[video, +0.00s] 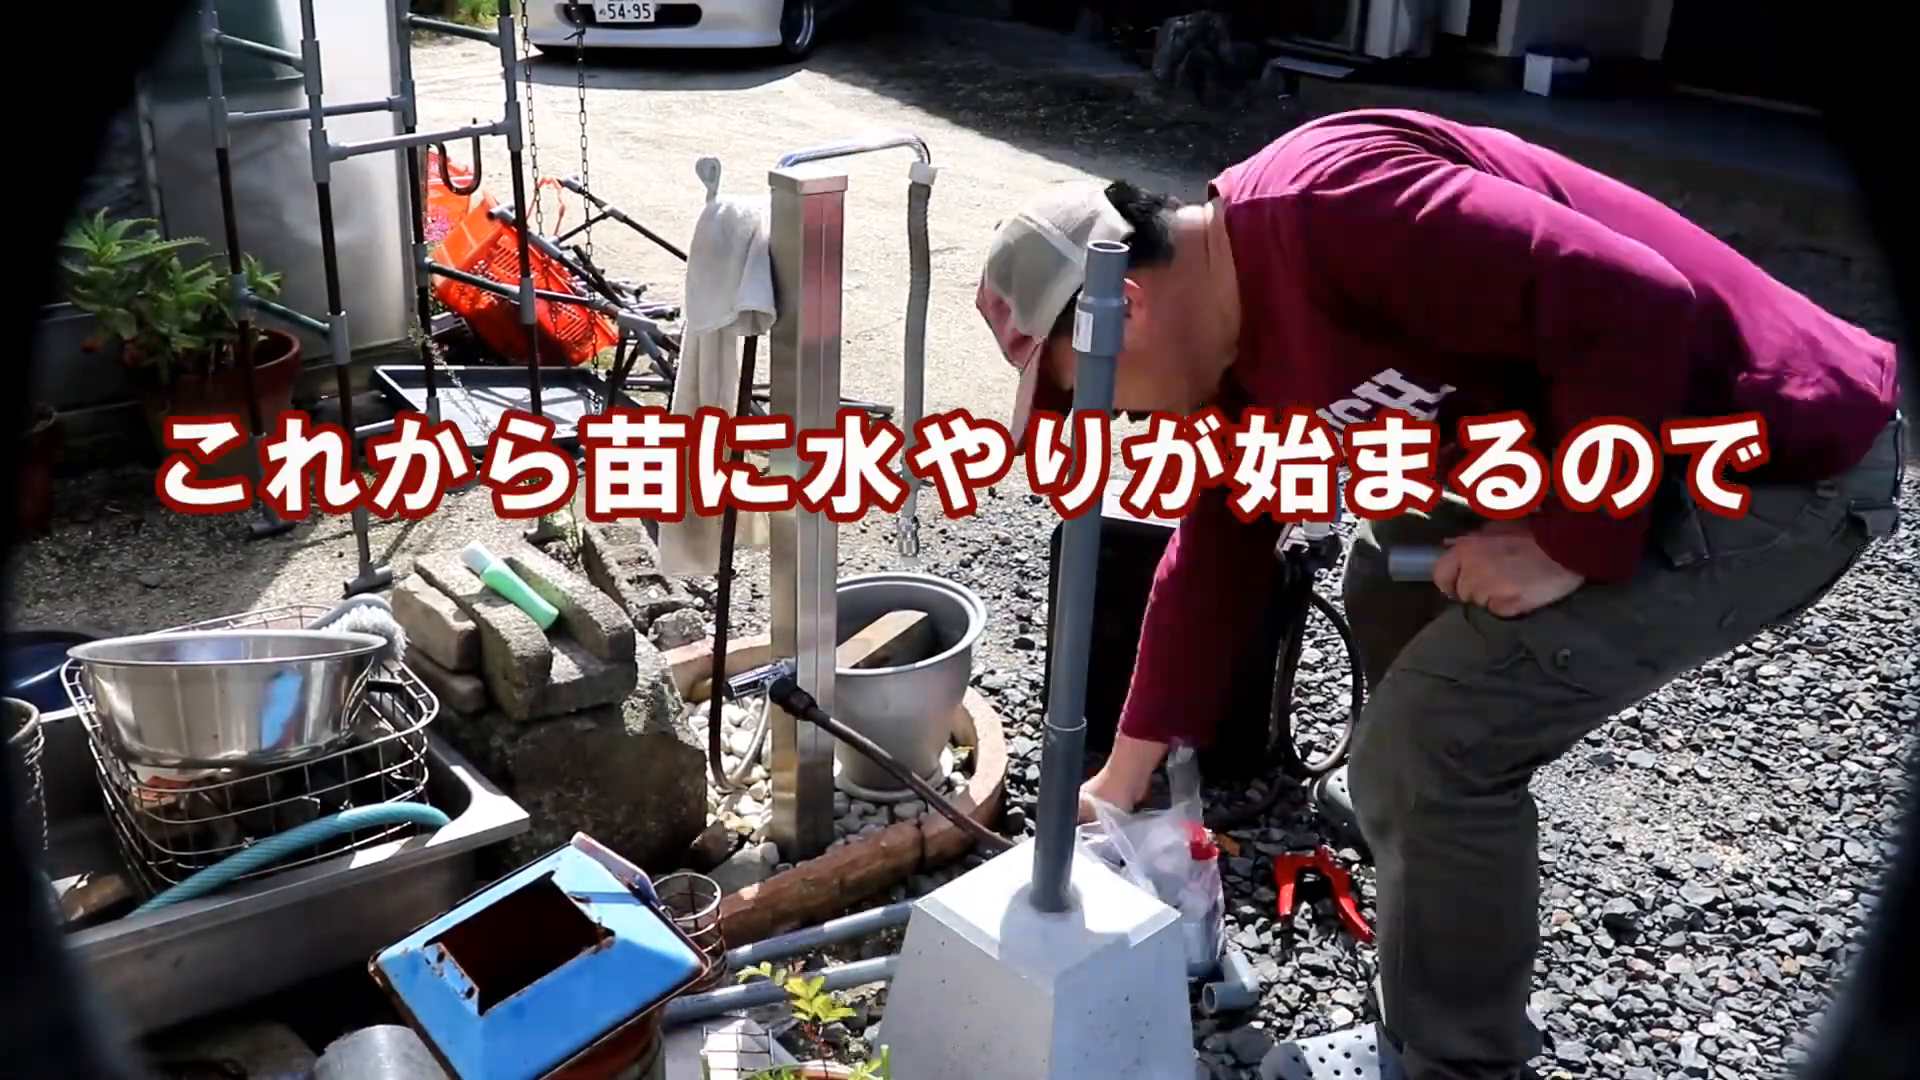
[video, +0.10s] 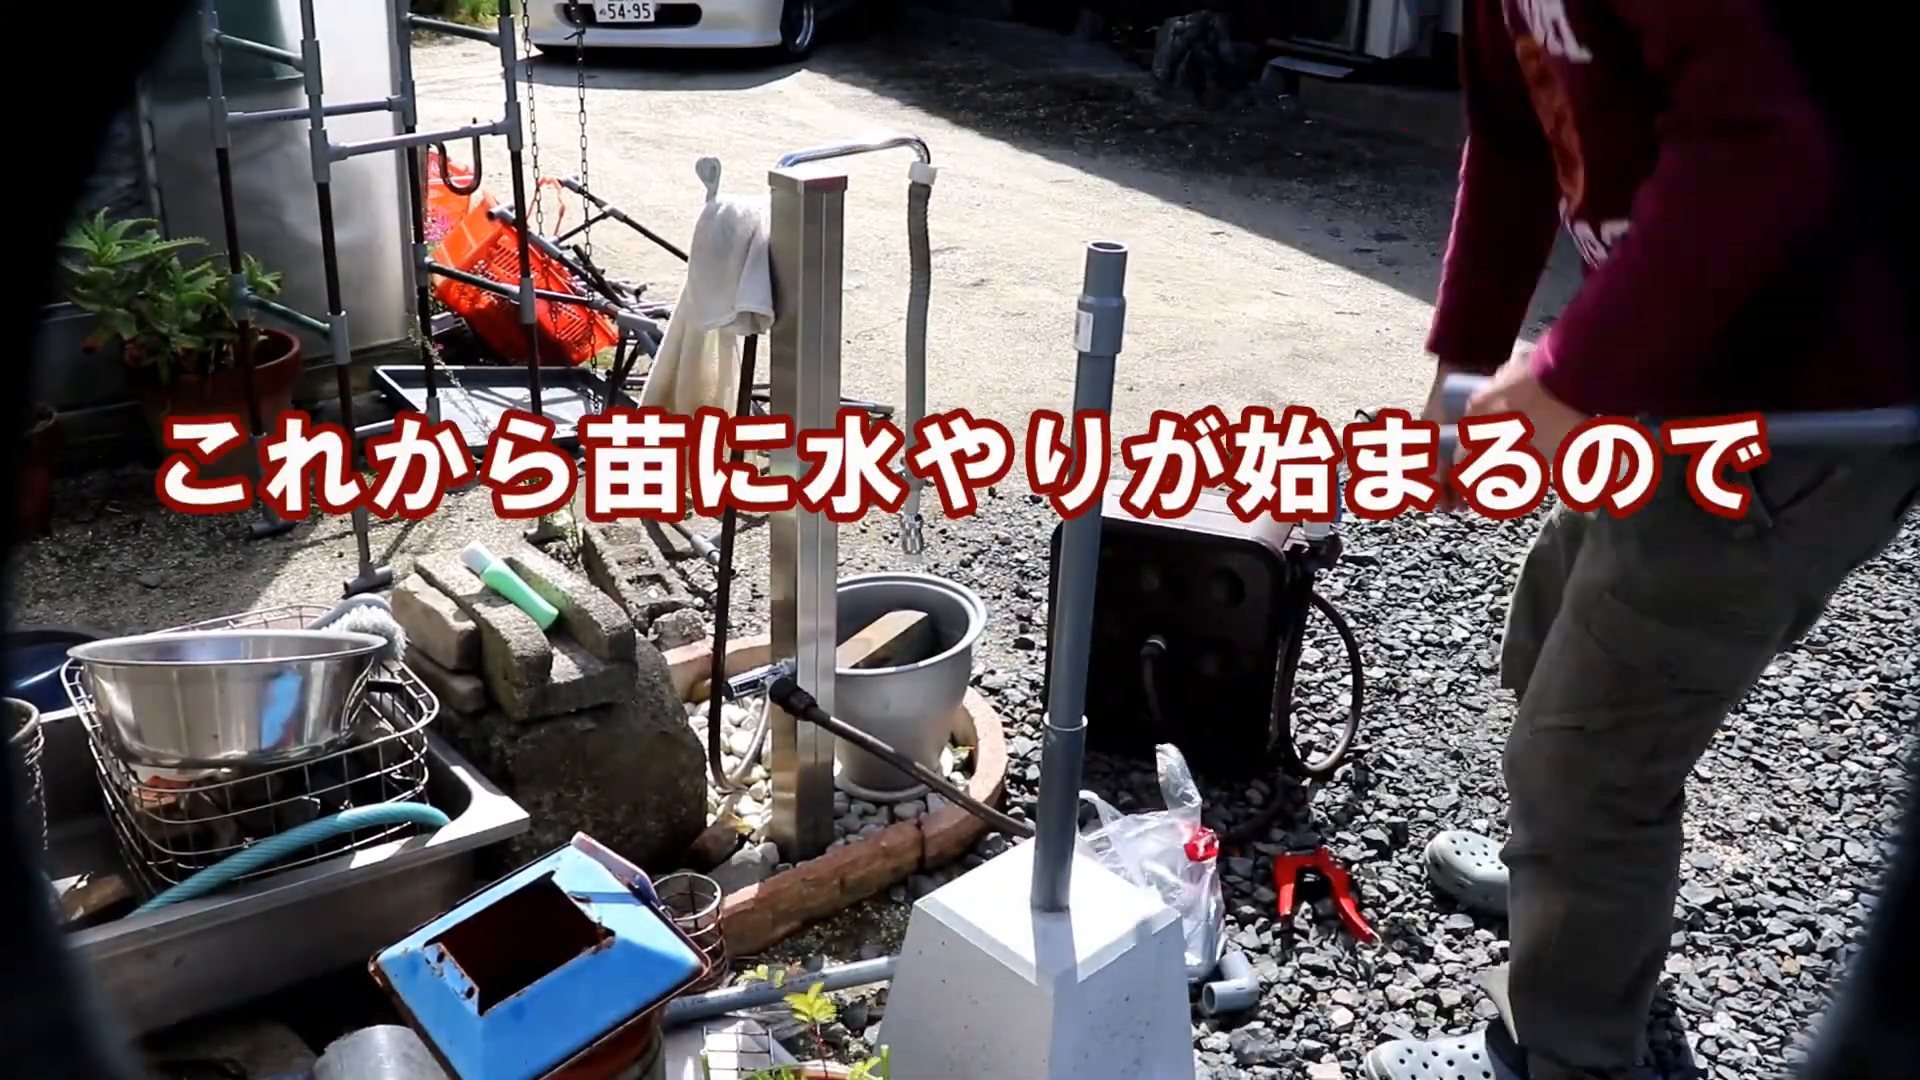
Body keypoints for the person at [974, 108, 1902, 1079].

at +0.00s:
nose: (1136, 427)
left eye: (1110, 400)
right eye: (1107, 419)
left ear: (1136, 302)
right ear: (1131, 293)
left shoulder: (1335, 210)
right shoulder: (1244, 341)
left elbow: (1647, 311)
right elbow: (1221, 536)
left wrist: (1564, 536)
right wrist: (1134, 762)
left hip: (1791, 463)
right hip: (1658, 442)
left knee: (1431, 730)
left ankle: (1456, 1060)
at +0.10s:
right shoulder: (1513, 8)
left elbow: (1754, 139)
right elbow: (1512, 130)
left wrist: (1573, 372)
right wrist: (1461, 356)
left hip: (1824, 374)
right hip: (1691, 337)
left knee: (1587, 757)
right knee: (1556, 647)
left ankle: (1570, 1051)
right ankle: (1558, 876)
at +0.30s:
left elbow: (1754, 28)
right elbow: (1611, 3)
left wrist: (1619, 94)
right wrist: (1556, 67)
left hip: (1714, 274)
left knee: (1586, 694)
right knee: (1626, 620)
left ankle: (1580, 1046)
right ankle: (1574, 875)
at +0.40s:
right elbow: (1552, 12)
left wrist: (1782, 148)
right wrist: (1522, 135)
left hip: (1740, 325)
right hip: (1619, 306)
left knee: (1619, 716)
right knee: (1575, 634)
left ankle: (1587, 1046)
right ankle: (1569, 881)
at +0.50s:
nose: (1182, 197)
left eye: (1176, 151)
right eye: (1157, 173)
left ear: (1278, 67)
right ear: (1283, 72)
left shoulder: (1547, 105)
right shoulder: (1332, 203)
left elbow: (1798, 330)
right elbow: (1340, 428)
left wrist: (1750, 629)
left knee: (1558, 756)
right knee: (1486, 624)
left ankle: (1562, 1055)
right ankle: (1531, 881)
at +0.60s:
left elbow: (1581, 42)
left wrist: (1225, 39)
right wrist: (1551, 271)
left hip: (1691, 387)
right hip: (1597, 355)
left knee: (1567, 771)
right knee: (1514, 641)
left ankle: (1557, 1055)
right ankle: (1533, 878)